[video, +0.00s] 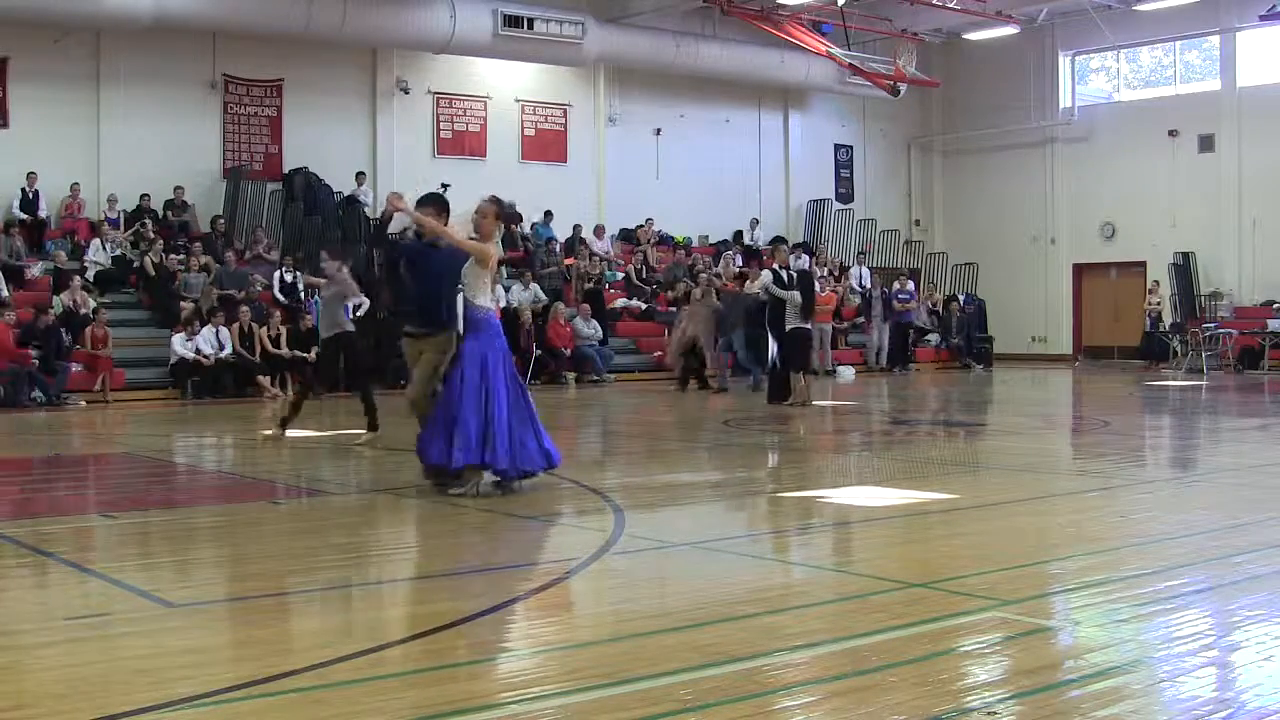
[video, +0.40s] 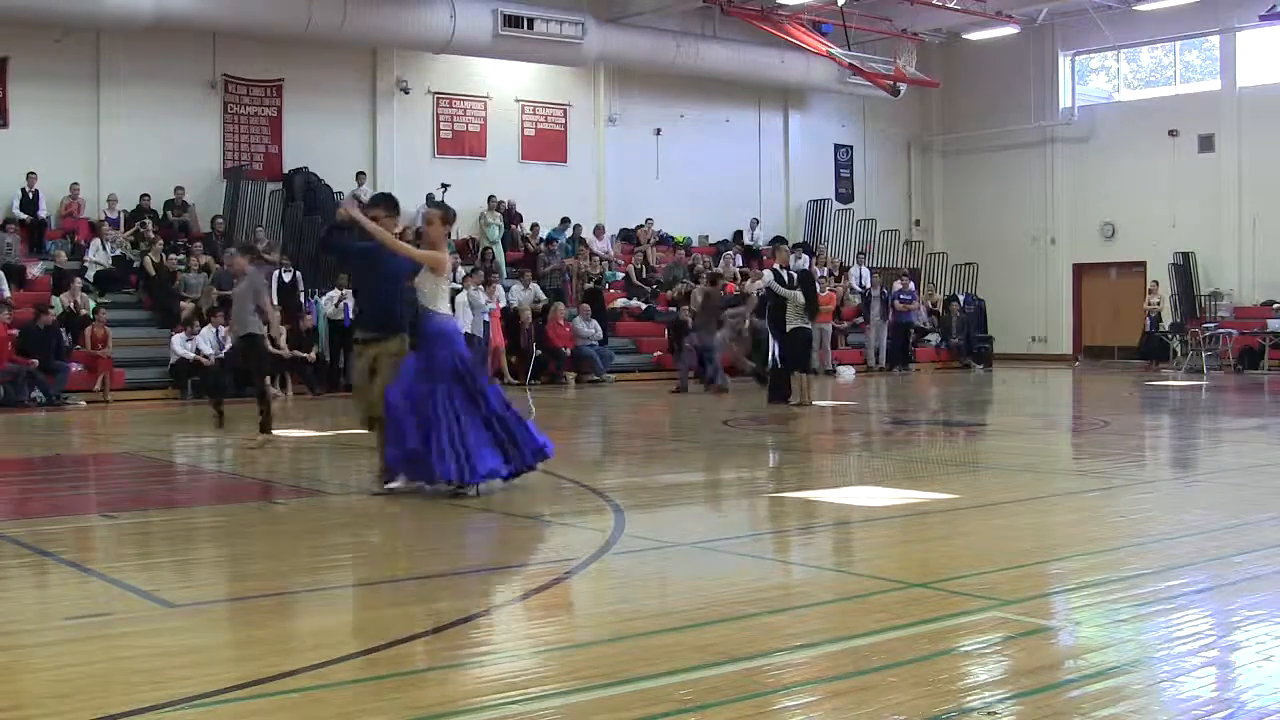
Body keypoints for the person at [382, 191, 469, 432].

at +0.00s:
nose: (422, 224)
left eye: (429, 217)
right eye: (419, 217)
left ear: (444, 218)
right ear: (414, 219)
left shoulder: (456, 253)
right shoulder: (408, 248)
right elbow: (379, 243)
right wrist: (389, 215)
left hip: (441, 332)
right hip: (410, 329)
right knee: (423, 395)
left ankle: (437, 442)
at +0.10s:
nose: (414, 227)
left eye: (420, 220)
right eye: (409, 221)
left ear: (435, 218)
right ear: (404, 222)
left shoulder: (448, 253)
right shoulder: (399, 251)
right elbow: (368, 251)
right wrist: (379, 225)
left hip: (434, 335)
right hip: (403, 335)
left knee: (406, 397)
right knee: (423, 400)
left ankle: (401, 464)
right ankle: (446, 463)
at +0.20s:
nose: (401, 228)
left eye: (407, 221)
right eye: (398, 222)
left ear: (422, 221)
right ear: (393, 223)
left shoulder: (436, 255)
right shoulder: (388, 253)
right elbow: (363, 249)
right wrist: (361, 219)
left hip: (420, 336)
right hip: (390, 337)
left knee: (392, 404)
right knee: (421, 403)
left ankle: (388, 471)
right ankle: (442, 467)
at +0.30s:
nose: (392, 227)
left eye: (398, 220)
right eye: (387, 221)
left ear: (411, 220)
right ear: (380, 223)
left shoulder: (423, 255)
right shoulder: (376, 254)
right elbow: (342, 244)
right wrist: (355, 219)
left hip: (407, 337)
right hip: (377, 339)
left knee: (384, 405)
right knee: (406, 405)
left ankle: (388, 471)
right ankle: (434, 463)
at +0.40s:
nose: (375, 226)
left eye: (381, 219)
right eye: (370, 220)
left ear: (396, 219)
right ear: (364, 221)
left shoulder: (409, 251)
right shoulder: (361, 251)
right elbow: (328, 245)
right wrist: (340, 221)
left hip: (394, 336)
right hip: (364, 337)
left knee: (388, 403)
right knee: (370, 408)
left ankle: (391, 468)